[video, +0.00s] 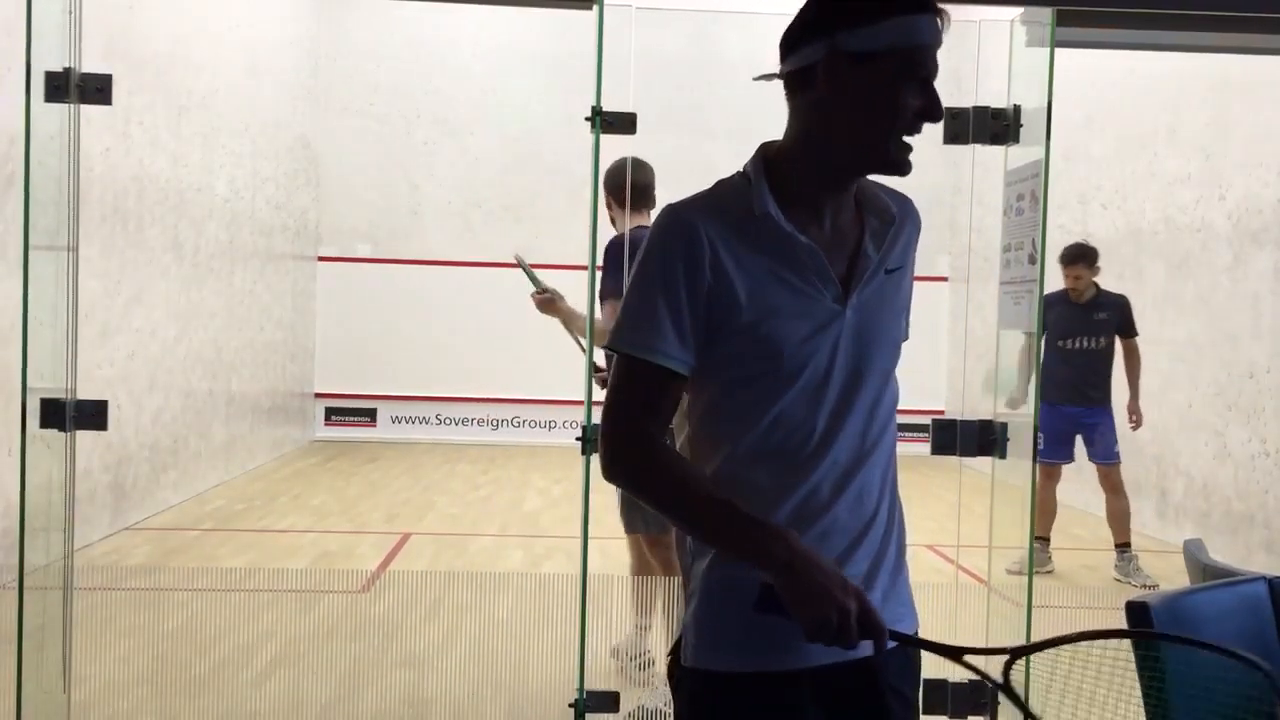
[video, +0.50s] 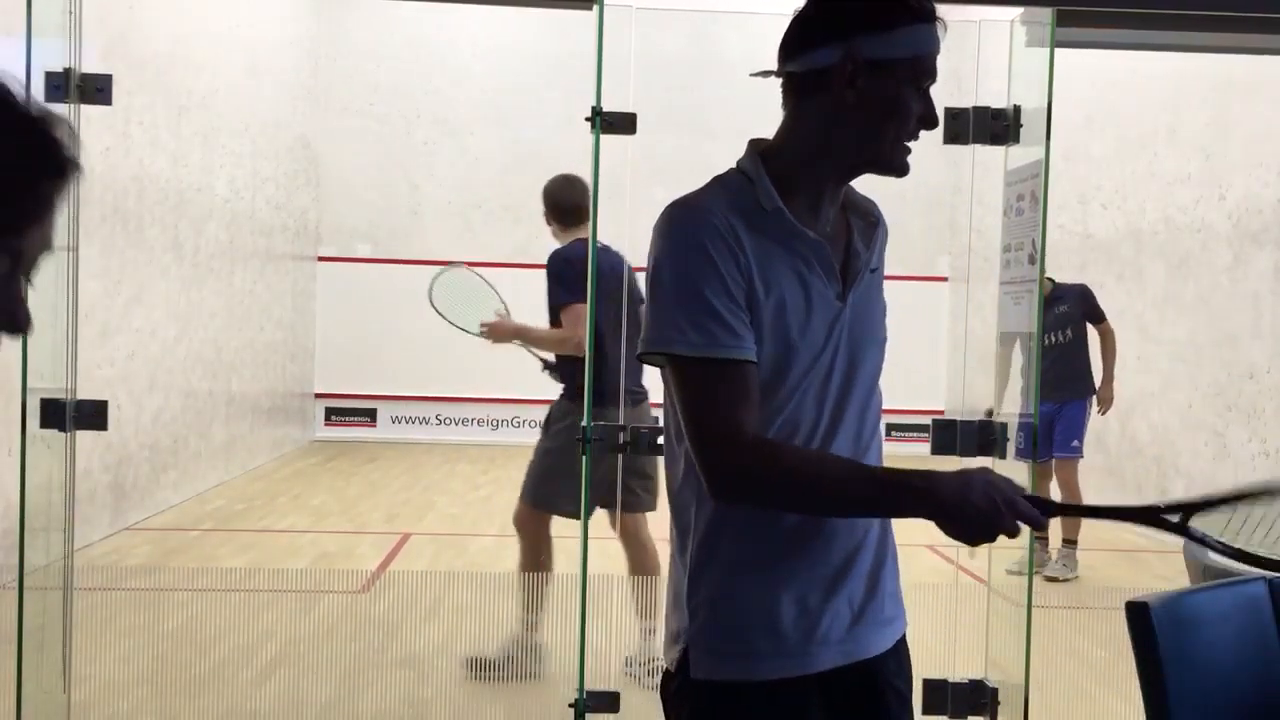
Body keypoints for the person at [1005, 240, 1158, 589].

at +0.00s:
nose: (1070, 284)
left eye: (1077, 278)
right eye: (1066, 277)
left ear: (1094, 273)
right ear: (1061, 273)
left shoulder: (1116, 305)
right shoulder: (1049, 304)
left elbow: (1130, 350)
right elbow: (1029, 347)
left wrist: (1134, 398)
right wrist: (1021, 390)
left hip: (1097, 409)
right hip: (1054, 407)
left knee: (1112, 480)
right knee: (1047, 476)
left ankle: (1125, 559)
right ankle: (1040, 552)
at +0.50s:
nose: (1025, 281)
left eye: (1028, 274)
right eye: (1019, 278)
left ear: (1038, 270)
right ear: (1015, 280)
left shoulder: (1076, 294)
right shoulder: (1018, 305)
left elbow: (1105, 331)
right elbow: (1004, 351)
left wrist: (1107, 382)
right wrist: (996, 400)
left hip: (1072, 399)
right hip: (1035, 400)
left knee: (1065, 472)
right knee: (1038, 475)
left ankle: (1067, 557)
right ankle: (1038, 550)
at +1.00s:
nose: (1033, 273)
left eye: (1038, 265)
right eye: (1028, 266)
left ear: (1052, 262)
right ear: (1021, 268)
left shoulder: (1079, 297)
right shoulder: (1020, 302)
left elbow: (1092, 348)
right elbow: (994, 349)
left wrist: (1056, 365)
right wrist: (980, 386)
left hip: (1067, 404)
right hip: (1029, 403)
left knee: (1065, 478)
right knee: (1035, 479)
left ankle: (1067, 555)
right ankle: (1038, 551)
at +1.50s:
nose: (1025, 265)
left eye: (1032, 257)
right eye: (1019, 258)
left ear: (1045, 259)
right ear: (1011, 261)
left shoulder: (1062, 298)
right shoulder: (1014, 298)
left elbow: (1036, 337)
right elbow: (980, 333)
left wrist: (987, 358)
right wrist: (982, 316)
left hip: (1054, 403)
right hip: (1017, 401)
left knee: (1057, 479)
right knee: (1000, 477)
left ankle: (1067, 556)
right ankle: (1026, 542)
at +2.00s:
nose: (891, 299)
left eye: (896, 292)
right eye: (890, 293)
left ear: (918, 288)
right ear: (905, 295)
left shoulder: (960, 309)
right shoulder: (910, 322)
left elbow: (957, 356)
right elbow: (906, 334)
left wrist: (908, 384)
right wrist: (935, 297)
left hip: (980, 413)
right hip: (945, 413)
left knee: (1011, 487)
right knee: (899, 474)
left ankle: (1056, 549)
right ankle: (879, 544)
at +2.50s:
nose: (777, 281)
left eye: (779, 275)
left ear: (785, 275)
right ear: (811, 271)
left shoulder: (786, 303)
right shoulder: (833, 295)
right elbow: (876, 283)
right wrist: (904, 260)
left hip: (839, 397)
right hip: (864, 392)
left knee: (800, 463)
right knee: (850, 466)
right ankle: (868, 543)